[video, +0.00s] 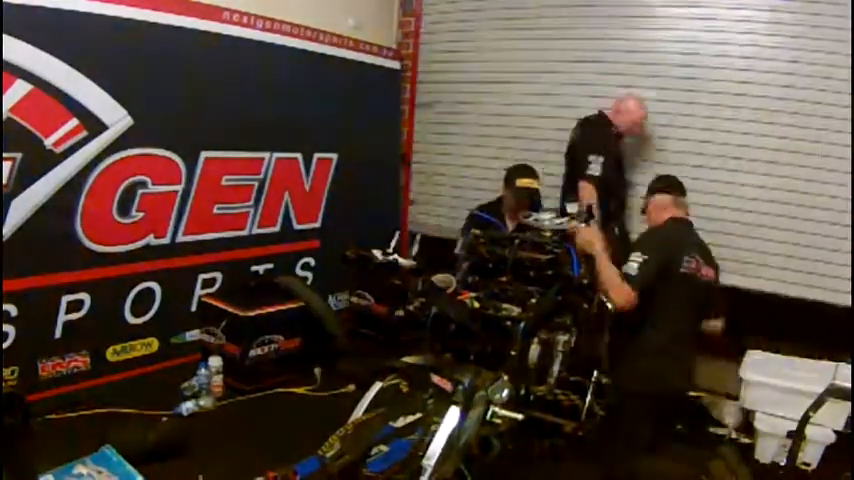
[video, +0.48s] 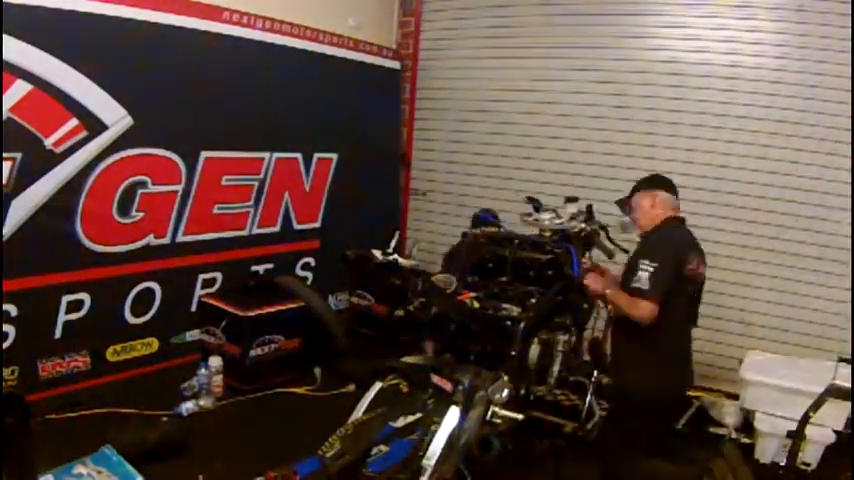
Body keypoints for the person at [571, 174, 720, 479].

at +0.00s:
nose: (645, 217)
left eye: (647, 209)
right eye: (645, 210)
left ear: (660, 205)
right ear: (683, 208)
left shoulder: (658, 238)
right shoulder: (706, 255)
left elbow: (623, 296)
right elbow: (714, 323)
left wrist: (596, 248)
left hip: (638, 373)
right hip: (676, 376)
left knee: (621, 457)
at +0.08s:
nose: (645, 218)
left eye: (646, 209)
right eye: (645, 210)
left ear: (658, 203)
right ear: (682, 207)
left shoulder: (657, 240)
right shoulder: (703, 253)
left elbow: (640, 312)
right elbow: (711, 328)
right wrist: (668, 332)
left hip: (639, 376)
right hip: (674, 377)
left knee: (622, 456)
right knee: (653, 456)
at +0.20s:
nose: (642, 196)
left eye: (648, 190)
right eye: (645, 190)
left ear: (667, 200)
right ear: (672, 201)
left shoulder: (665, 249)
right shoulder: (685, 244)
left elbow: (657, 338)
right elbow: (639, 278)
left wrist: (618, 402)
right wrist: (603, 241)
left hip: (641, 397)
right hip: (662, 391)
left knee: (623, 473)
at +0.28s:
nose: (644, 209)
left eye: (649, 200)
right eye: (645, 200)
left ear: (669, 201)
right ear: (679, 202)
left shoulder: (667, 247)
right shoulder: (700, 249)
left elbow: (643, 320)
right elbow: (663, 300)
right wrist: (616, 274)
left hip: (641, 384)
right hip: (670, 382)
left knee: (622, 463)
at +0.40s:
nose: (635, 212)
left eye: (638, 203)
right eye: (635, 203)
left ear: (658, 202)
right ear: (666, 201)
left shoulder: (668, 251)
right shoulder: (692, 244)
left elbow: (648, 332)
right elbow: (668, 292)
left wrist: (611, 300)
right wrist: (622, 272)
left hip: (648, 388)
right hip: (669, 382)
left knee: (621, 464)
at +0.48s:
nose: (631, 218)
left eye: (634, 208)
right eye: (630, 210)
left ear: (656, 203)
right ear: (660, 204)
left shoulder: (660, 242)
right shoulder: (684, 241)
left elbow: (644, 310)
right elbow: (663, 303)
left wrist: (607, 290)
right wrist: (614, 282)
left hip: (643, 382)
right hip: (665, 379)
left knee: (622, 461)